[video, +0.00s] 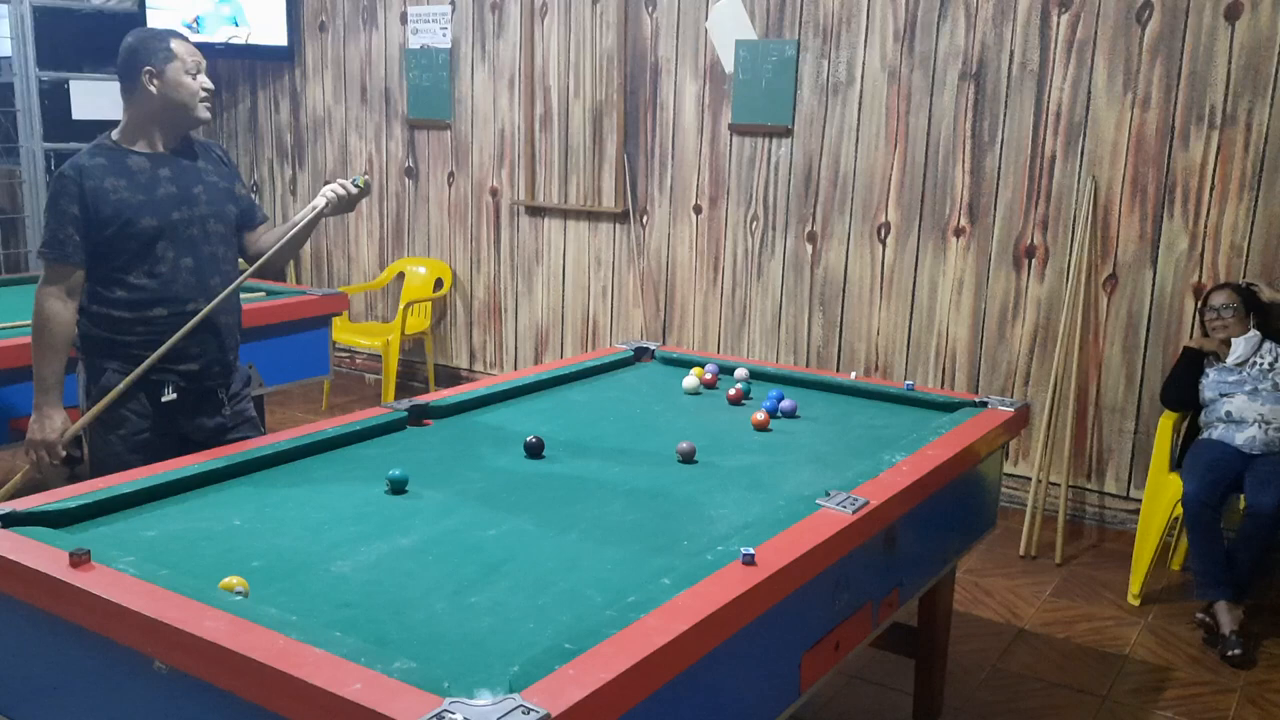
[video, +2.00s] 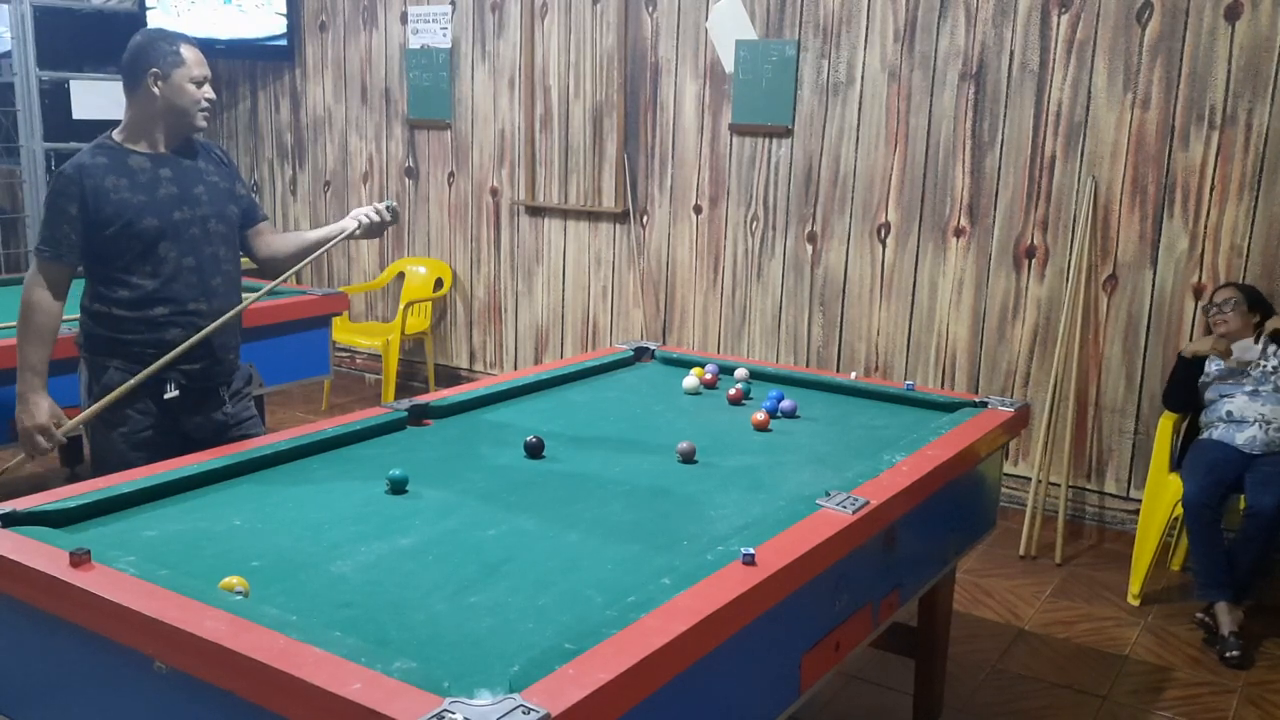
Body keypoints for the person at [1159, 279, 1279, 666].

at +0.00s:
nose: (1221, 316)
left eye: (1230, 309)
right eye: (1212, 310)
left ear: (1249, 316)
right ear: (1203, 318)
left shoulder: (1270, 351)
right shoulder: (1201, 358)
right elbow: (1172, 400)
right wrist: (1195, 348)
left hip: (1270, 446)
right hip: (1220, 440)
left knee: (1266, 509)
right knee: (1196, 496)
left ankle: (1221, 603)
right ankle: (1225, 609)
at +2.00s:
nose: (1218, 313)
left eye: (1229, 305)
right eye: (1213, 310)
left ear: (1257, 315)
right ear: (1209, 321)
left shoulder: (1273, 349)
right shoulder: (1206, 357)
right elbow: (1176, 405)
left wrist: (1272, 338)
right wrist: (1190, 353)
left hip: (1270, 448)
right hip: (1219, 442)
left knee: (1267, 511)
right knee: (1196, 498)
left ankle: (1220, 604)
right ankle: (1225, 611)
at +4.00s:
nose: (1233, 314)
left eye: (1244, 307)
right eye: (1226, 307)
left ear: (1263, 317)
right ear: (1216, 315)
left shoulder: (1273, 350)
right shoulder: (1208, 352)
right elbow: (1175, 403)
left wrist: (1276, 353)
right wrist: (1196, 347)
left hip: (1272, 447)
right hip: (1221, 440)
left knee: (1267, 510)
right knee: (1197, 499)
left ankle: (1221, 604)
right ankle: (1225, 611)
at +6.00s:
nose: (1239, 330)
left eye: (1248, 322)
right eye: (1229, 324)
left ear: (1265, 323)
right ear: (1214, 329)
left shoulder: (1276, 358)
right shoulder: (1205, 364)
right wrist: (1187, 342)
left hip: (1269, 441)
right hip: (1217, 437)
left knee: (1265, 518)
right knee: (1197, 500)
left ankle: (1219, 604)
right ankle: (1224, 607)